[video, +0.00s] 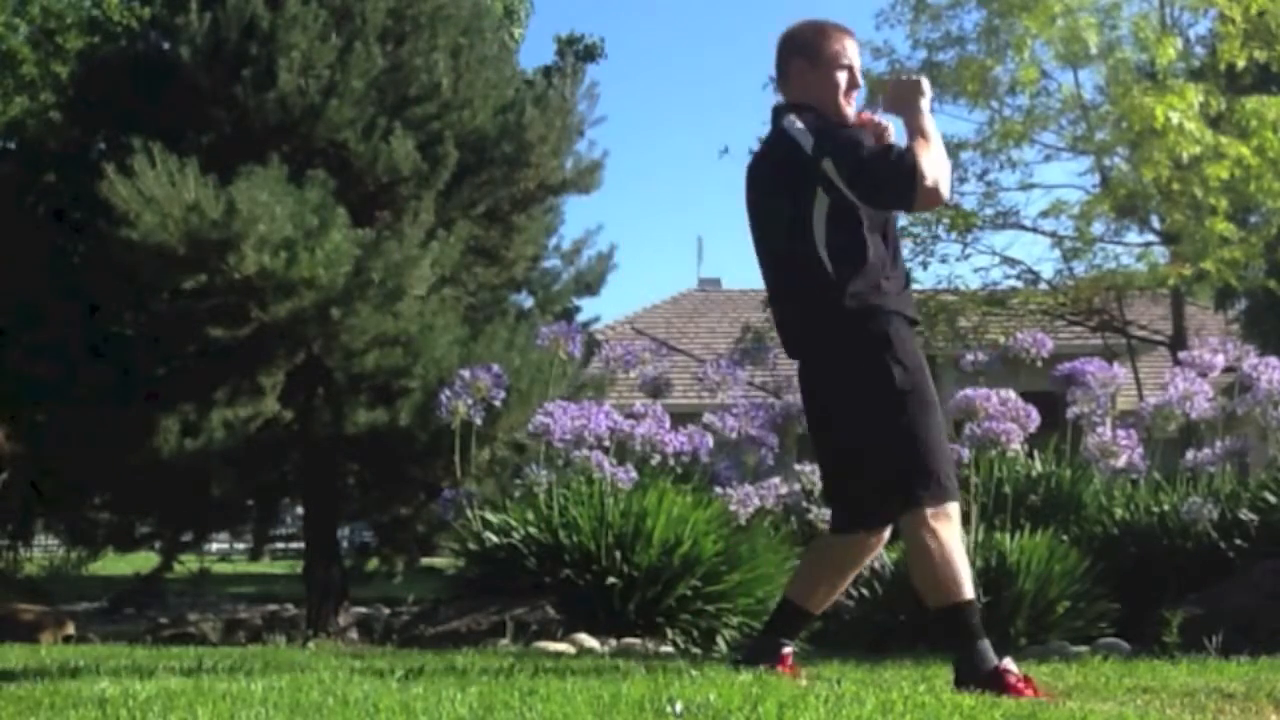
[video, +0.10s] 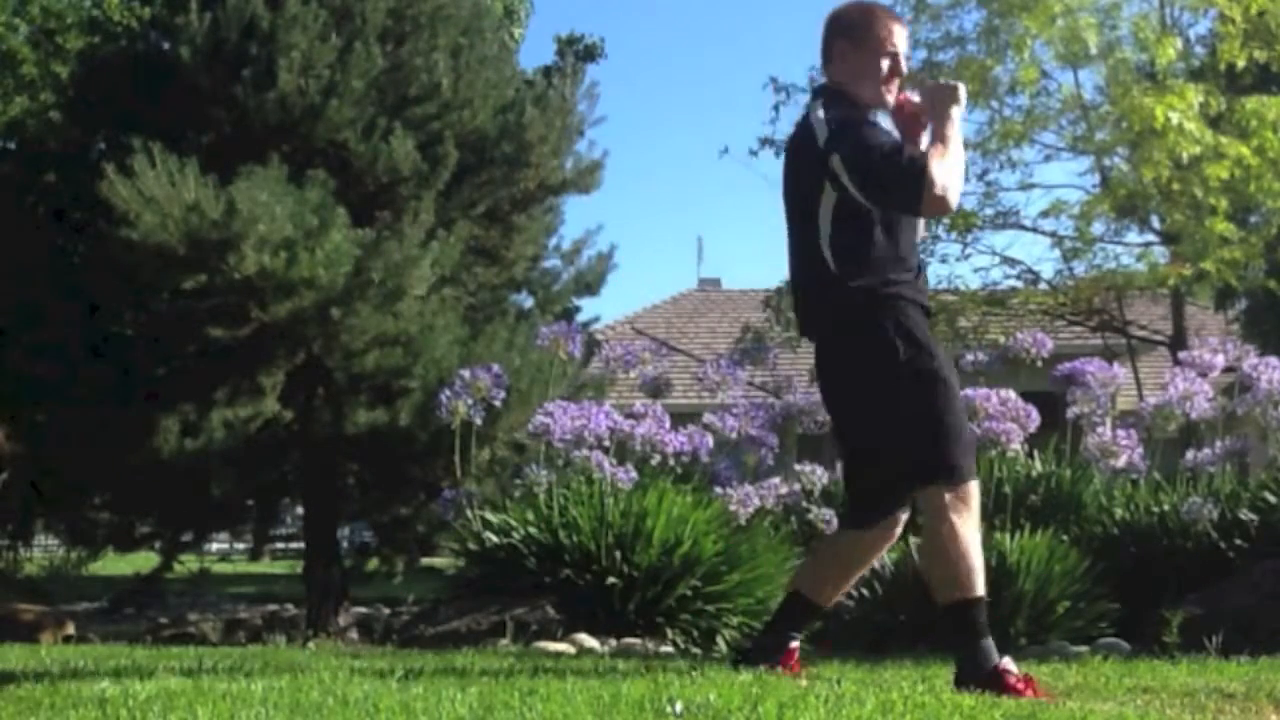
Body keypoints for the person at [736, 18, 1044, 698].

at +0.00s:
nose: (854, 82)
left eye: (856, 71)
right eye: (840, 69)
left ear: (803, 83)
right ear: (793, 76)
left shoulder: (770, 158)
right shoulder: (827, 141)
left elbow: (832, 219)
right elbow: (930, 185)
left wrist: (865, 146)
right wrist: (918, 113)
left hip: (830, 352)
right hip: (878, 342)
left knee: (865, 522)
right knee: (932, 503)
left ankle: (768, 646)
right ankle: (980, 666)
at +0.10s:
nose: (899, 69)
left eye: (901, 57)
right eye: (886, 56)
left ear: (852, 63)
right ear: (839, 56)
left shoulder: (829, 123)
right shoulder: (845, 125)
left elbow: (906, 200)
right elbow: (940, 194)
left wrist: (914, 134)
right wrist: (950, 119)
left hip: (855, 334)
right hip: (887, 328)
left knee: (878, 513)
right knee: (954, 489)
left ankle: (772, 644)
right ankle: (980, 663)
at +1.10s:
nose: (778, 70)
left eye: (783, 59)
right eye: (764, 56)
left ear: (786, 69)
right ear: (721, 58)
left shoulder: (776, 147)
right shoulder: (681, 122)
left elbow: (833, 218)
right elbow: (729, 171)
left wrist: (829, 133)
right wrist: (783, 105)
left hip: (782, 330)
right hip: (713, 323)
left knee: (792, 489)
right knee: (751, 476)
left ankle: (758, 642)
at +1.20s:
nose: (742, 79)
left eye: (748, 68)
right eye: (731, 65)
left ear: (746, 74)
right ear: (687, 61)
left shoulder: (742, 150)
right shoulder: (647, 127)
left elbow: (799, 225)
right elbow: (692, 185)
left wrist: (795, 140)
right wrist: (744, 117)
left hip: (754, 335)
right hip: (681, 332)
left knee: (770, 494)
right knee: (673, 491)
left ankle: (756, 645)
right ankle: (565, 602)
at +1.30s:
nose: (703, 82)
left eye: (709, 73)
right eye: (692, 68)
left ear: (709, 78)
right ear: (648, 64)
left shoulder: (703, 151)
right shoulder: (610, 132)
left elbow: (758, 235)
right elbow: (654, 204)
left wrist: (759, 156)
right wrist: (713, 137)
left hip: (719, 345)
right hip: (636, 345)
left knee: (746, 499)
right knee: (600, 497)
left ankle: (752, 647)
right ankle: (517, 606)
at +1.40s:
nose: (665, 99)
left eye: (672, 89)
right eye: (652, 84)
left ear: (678, 96)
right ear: (611, 81)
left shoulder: (673, 167)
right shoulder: (573, 151)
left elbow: (727, 247)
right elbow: (615, 225)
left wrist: (727, 171)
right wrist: (674, 154)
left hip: (671, 356)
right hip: (585, 358)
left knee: (733, 493)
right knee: (551, 509)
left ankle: (750, 645)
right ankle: (500, 634)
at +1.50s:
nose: (641, 105)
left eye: (647, 95)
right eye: (628, 92)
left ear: (649, 101)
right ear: (585, 91)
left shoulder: (657, 183)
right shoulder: (541, 163)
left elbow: (710, 250)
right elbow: (584, 228)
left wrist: (703, 170)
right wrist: (636, 157)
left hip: (643, 367)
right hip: (555, 367)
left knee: (718, 483)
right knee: (531, 521)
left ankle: (727, 638)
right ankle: (493, 640)